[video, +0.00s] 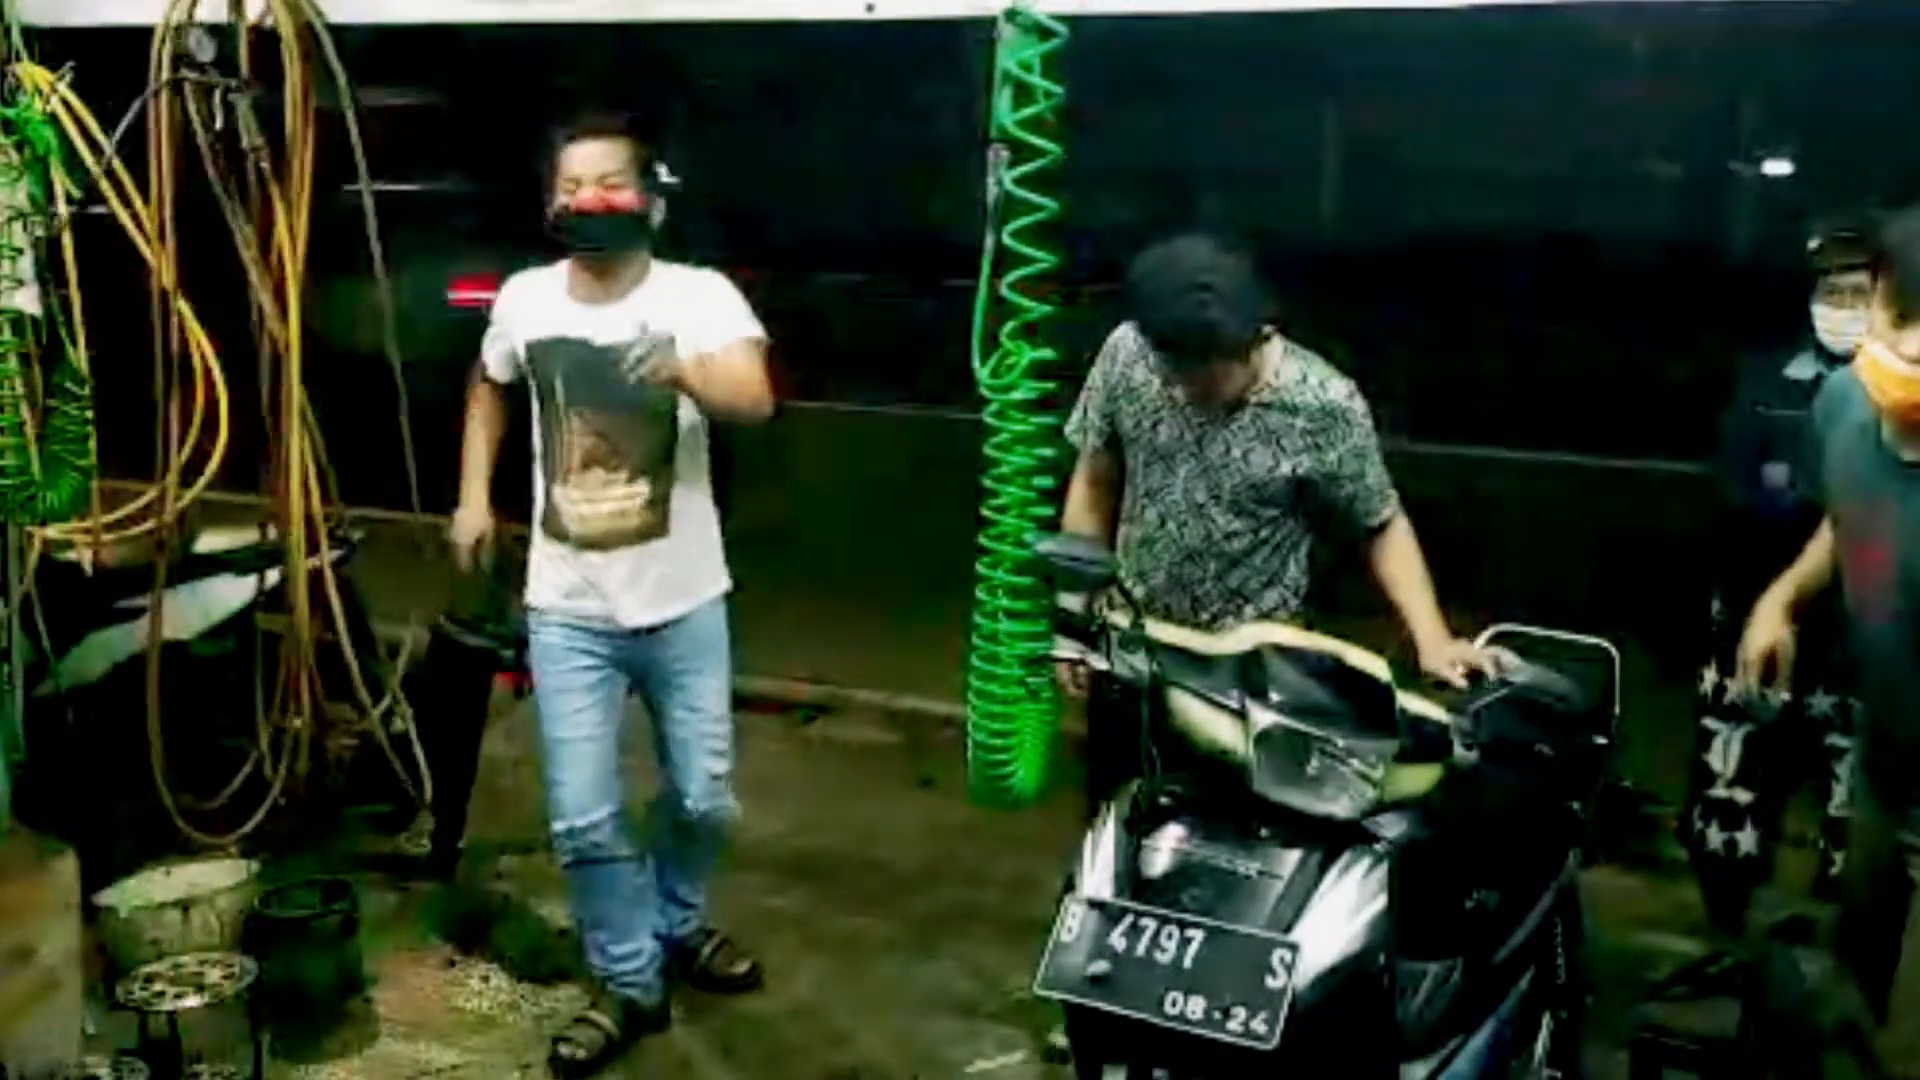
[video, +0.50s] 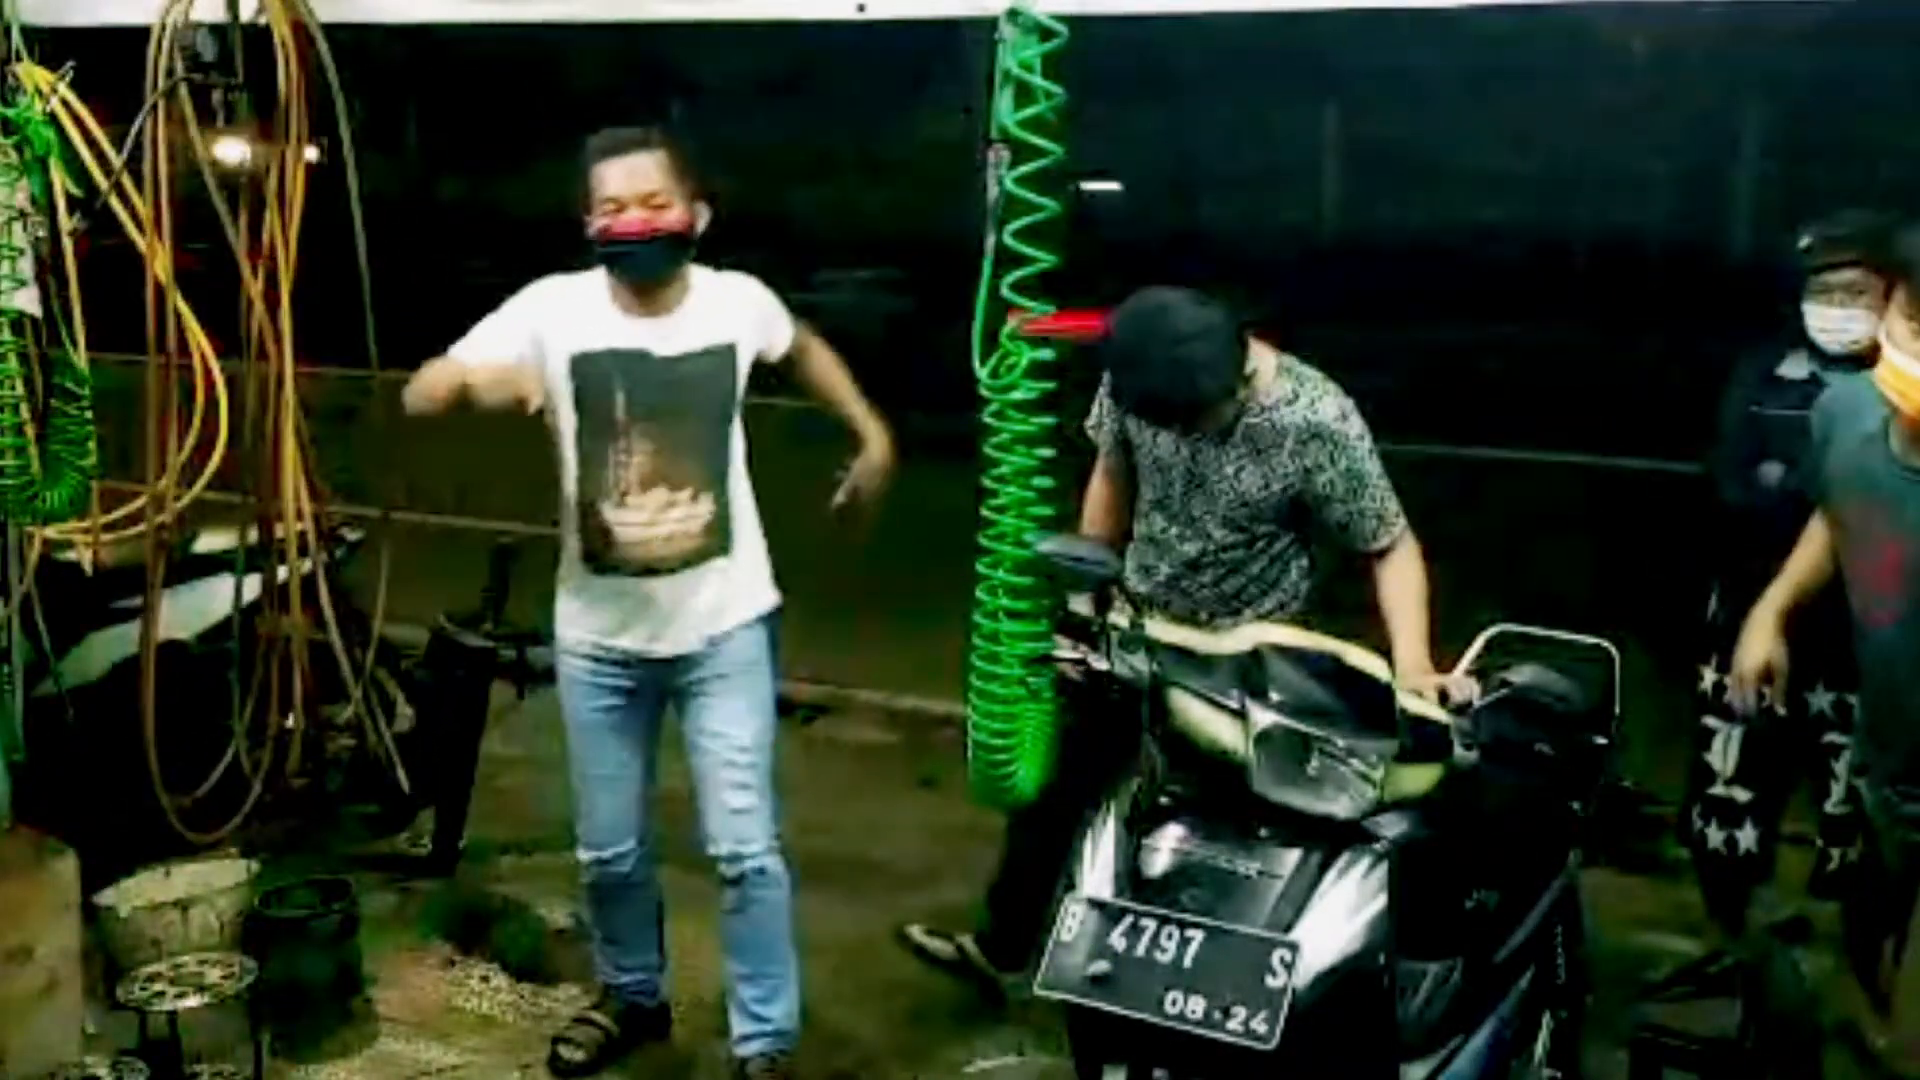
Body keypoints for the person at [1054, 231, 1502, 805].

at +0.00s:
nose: (1194, 385)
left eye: (1211, 368)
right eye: (1179, 368)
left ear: (1253, 341)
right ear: (1156, 346)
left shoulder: (1325, 406)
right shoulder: (1129, 357)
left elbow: (1383, 525)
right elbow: (1094, 482)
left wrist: (1435, 644)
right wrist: (1073, 614)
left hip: (1249, 669)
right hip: (1132, 653)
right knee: (1113, 858)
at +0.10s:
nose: (1206, 390)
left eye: (1222, 372)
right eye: (1191, 373)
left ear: (1260, 341)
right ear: (1163, 349)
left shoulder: (1322, 407)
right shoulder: (1130, 359)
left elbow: (1387, 529)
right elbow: (1093, 484)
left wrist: (1423, 645)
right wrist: (1074, 618)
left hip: (1252, 667)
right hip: (1132, 646)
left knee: (1230, 854)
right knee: (1091, 833)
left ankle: (1231, 1024)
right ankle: (1079, 1018)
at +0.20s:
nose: (1194, 404)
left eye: (1209, 391)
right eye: (1180, 390)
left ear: (1248, 358)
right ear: (1154, 360)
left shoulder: (1321, 411)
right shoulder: (1131, 364)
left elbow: (1388, 535)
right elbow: (1096, 489)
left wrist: (1414, 659)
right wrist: (1074, 618)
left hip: (1249, 666)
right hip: (1132, 646)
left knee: (1237, 840)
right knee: (1070, 811)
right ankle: (1036, 989)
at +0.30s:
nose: (1183, 418)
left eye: (1193, 404)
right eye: (1168, 404)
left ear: (1230, 372)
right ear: (1139, 372)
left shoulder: (1318, 416)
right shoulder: (1135, 371)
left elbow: (1392, 542)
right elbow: (1104, 482)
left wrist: (1416, 673)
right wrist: (1082, 612)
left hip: (1257, 657)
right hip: (1139, 636)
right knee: (1056, 811)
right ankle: (996, 976)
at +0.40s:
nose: (1179, 425)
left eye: (1189, 410)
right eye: (1163, 410)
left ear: (1228, 377)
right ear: (1138, 380)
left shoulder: (1315, 417)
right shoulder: (1134, 380)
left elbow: (1393, 543)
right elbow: (1109, 477)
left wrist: (1416, 673)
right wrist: (1084, 596)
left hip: (1256, 656)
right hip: (1138, 633)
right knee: (1052, 803)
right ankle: (987, 960)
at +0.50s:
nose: (1178, 429)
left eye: (1187, 415)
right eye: (1161, 414)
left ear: (1222, 384)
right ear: (1138, 388)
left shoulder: (1315, 423)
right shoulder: (1132, 384)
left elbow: (1393, 546)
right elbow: (1110, 477)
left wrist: (1414, 670)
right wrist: (1085, 589)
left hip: (1252, 659)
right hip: (1138, 634)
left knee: (1251, 826)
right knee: (1056, 797)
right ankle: (1001, 948)